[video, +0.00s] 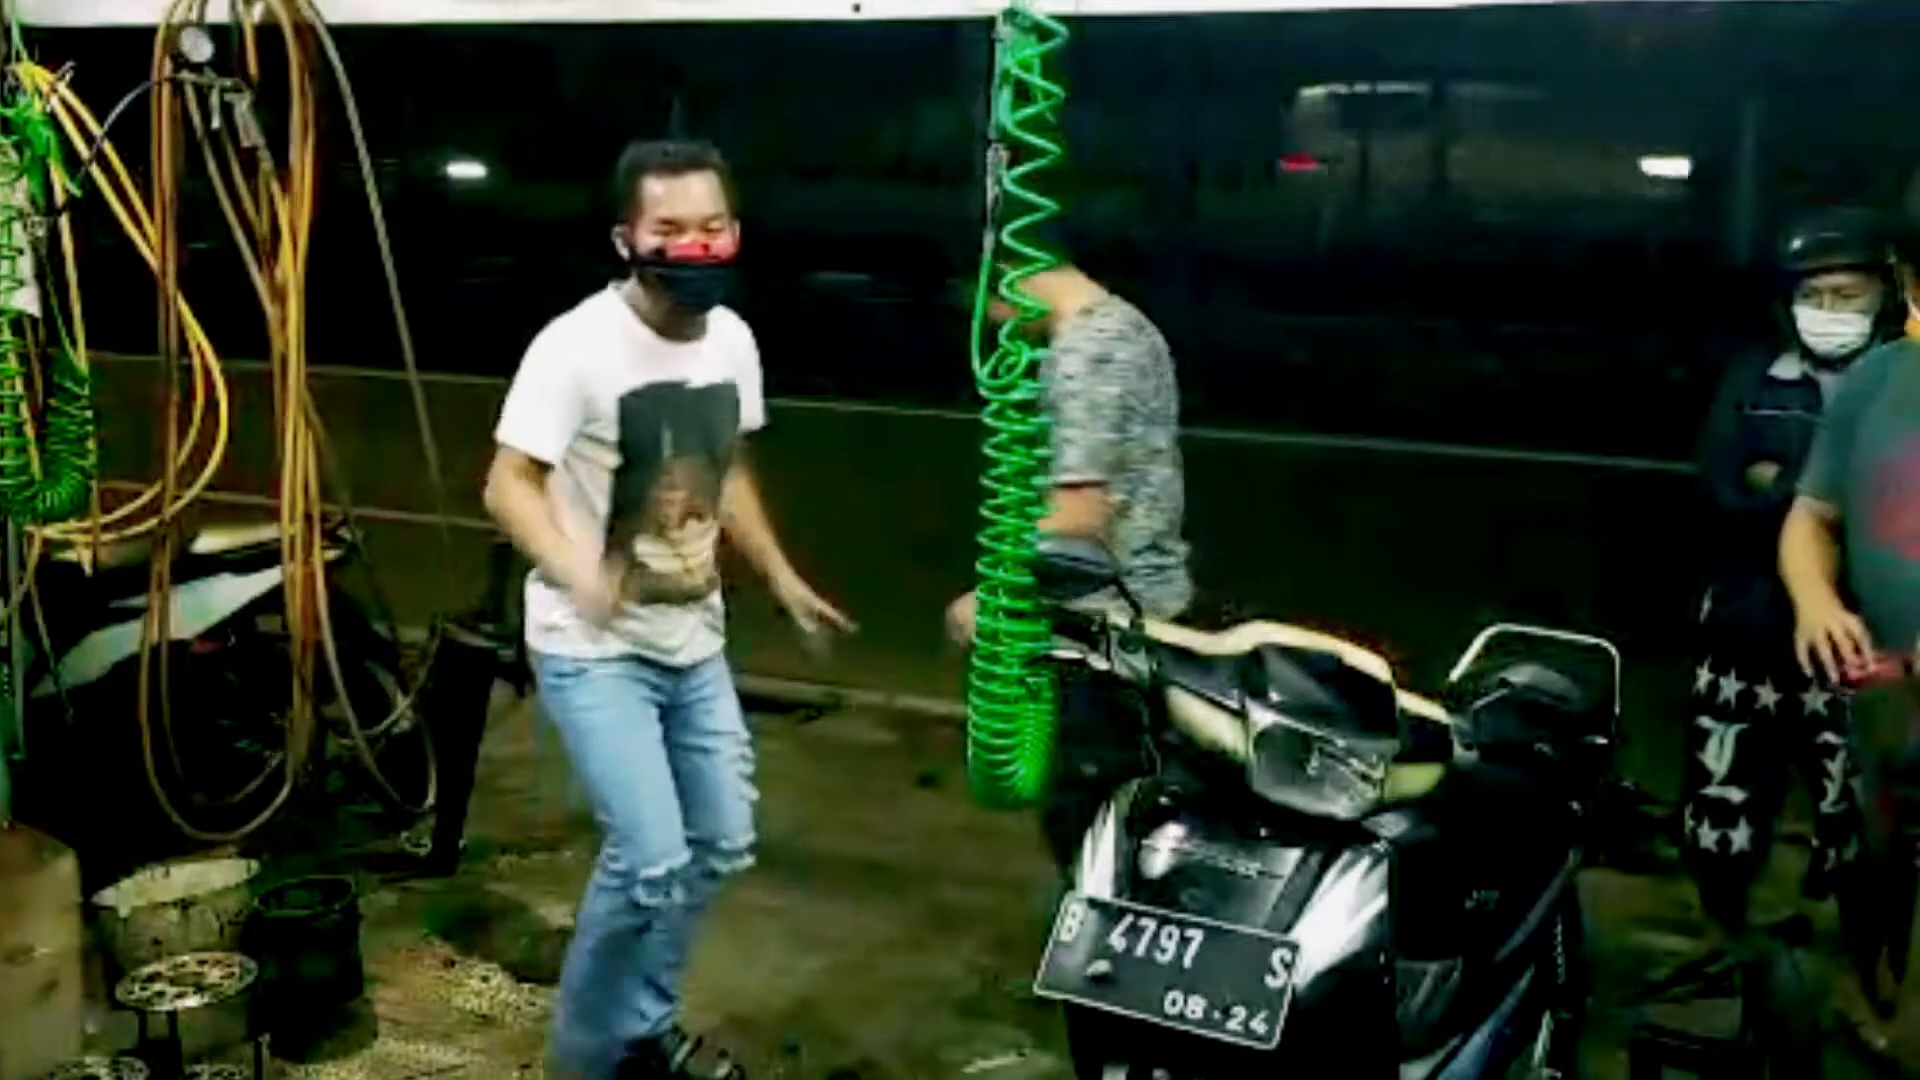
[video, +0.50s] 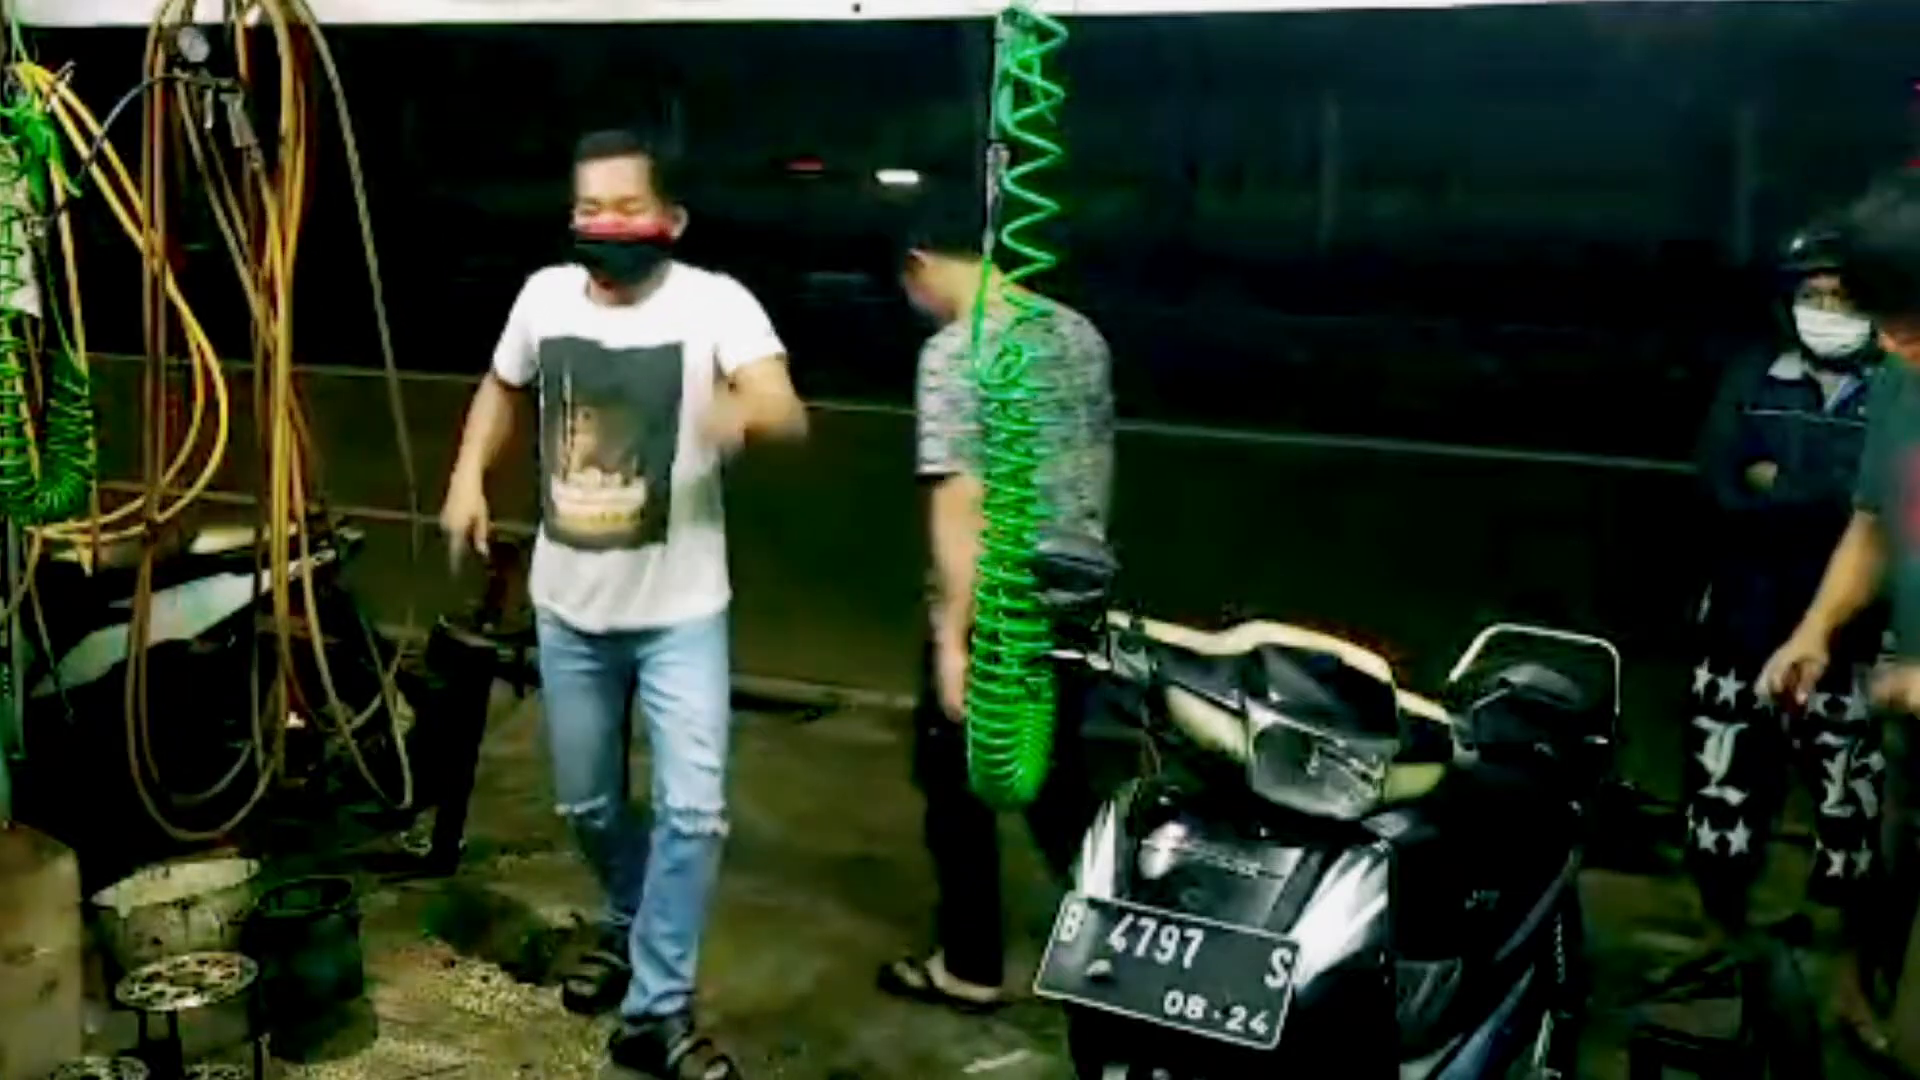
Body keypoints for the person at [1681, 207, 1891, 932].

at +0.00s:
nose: (1833, 311)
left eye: (1852, 294)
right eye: (1816, 294)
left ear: (1883, 301)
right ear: (1789, 301)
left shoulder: (1890, 394)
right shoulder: (1755, 385)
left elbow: (1894, 497)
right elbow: (1714, 482)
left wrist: (1784, 484)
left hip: (1850, 633)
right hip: (1748, 628)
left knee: (1853, 810)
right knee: (1723, 808)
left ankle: (1861, 953)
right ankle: (1723, 933)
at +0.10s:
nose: (1834, 310)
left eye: (1853, 293)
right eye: (1817, 293)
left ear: (1882, 299)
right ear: (1789, 301)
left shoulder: (1892, 393)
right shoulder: (1754, 384)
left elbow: (1897, 494)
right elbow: (1716, 483)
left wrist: (1784, 481)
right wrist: (1823, 501)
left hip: (1851, 632)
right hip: (1748, 628)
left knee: (1852, 805)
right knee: (1725, 803)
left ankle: (1859, 945)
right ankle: (1723, 933)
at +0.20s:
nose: (1834, 307)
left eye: (1852, 291)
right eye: (1818, 291)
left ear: (1884, 299)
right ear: (1792, 300)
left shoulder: (1892, 395)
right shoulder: (1755, 384)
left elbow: (1895, 498)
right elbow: (1716, 486)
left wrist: (1781, 483)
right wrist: (1826, 504)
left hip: (1848, 635)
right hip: (1746, 630)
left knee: (1852, 810)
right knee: (1722, 808)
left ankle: (1860, 950)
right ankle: (1724, 936)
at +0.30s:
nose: (1834, 309)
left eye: (1852, 292)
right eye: (1817, 292)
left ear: (1883, 300)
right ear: (1791, 299)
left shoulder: (1893, 395)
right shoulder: (1755, 383)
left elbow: (1894, 506)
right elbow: (1716, 491)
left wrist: (1779, 485)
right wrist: (1831, 509)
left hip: (1849, 638)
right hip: (1745, 634)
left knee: (1852, 817)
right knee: (1719, 820)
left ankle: (1861, 957)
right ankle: (1726, 940)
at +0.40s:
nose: (1835, 307)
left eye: (1853, 291)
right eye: (1818, 292)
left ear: (1879, 299)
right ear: (1790, 300)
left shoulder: (1894, 393)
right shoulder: (1753, 385)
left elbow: (1890, 504)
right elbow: (1714, 491)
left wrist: (1777, 484)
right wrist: (1835, 507)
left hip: (1851, 632)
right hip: (1746, 625)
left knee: (1851, 814)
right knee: (1721, 815)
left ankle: (1858, 957)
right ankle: (1722, 940)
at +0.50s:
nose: (1827, 313)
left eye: (1842, 300)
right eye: (1813, 298)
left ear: (1869, 309)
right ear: (1789, 305)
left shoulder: (1889, 396)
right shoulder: (1751, 387)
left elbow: (1888, 503)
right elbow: (1714, 491)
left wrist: (1779, 480)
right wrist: (1843, 496)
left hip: (1853, 636)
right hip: (1745, 627)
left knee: (1854, 817)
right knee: (1720, 800)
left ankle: (1856, 983)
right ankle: (1721, 939)